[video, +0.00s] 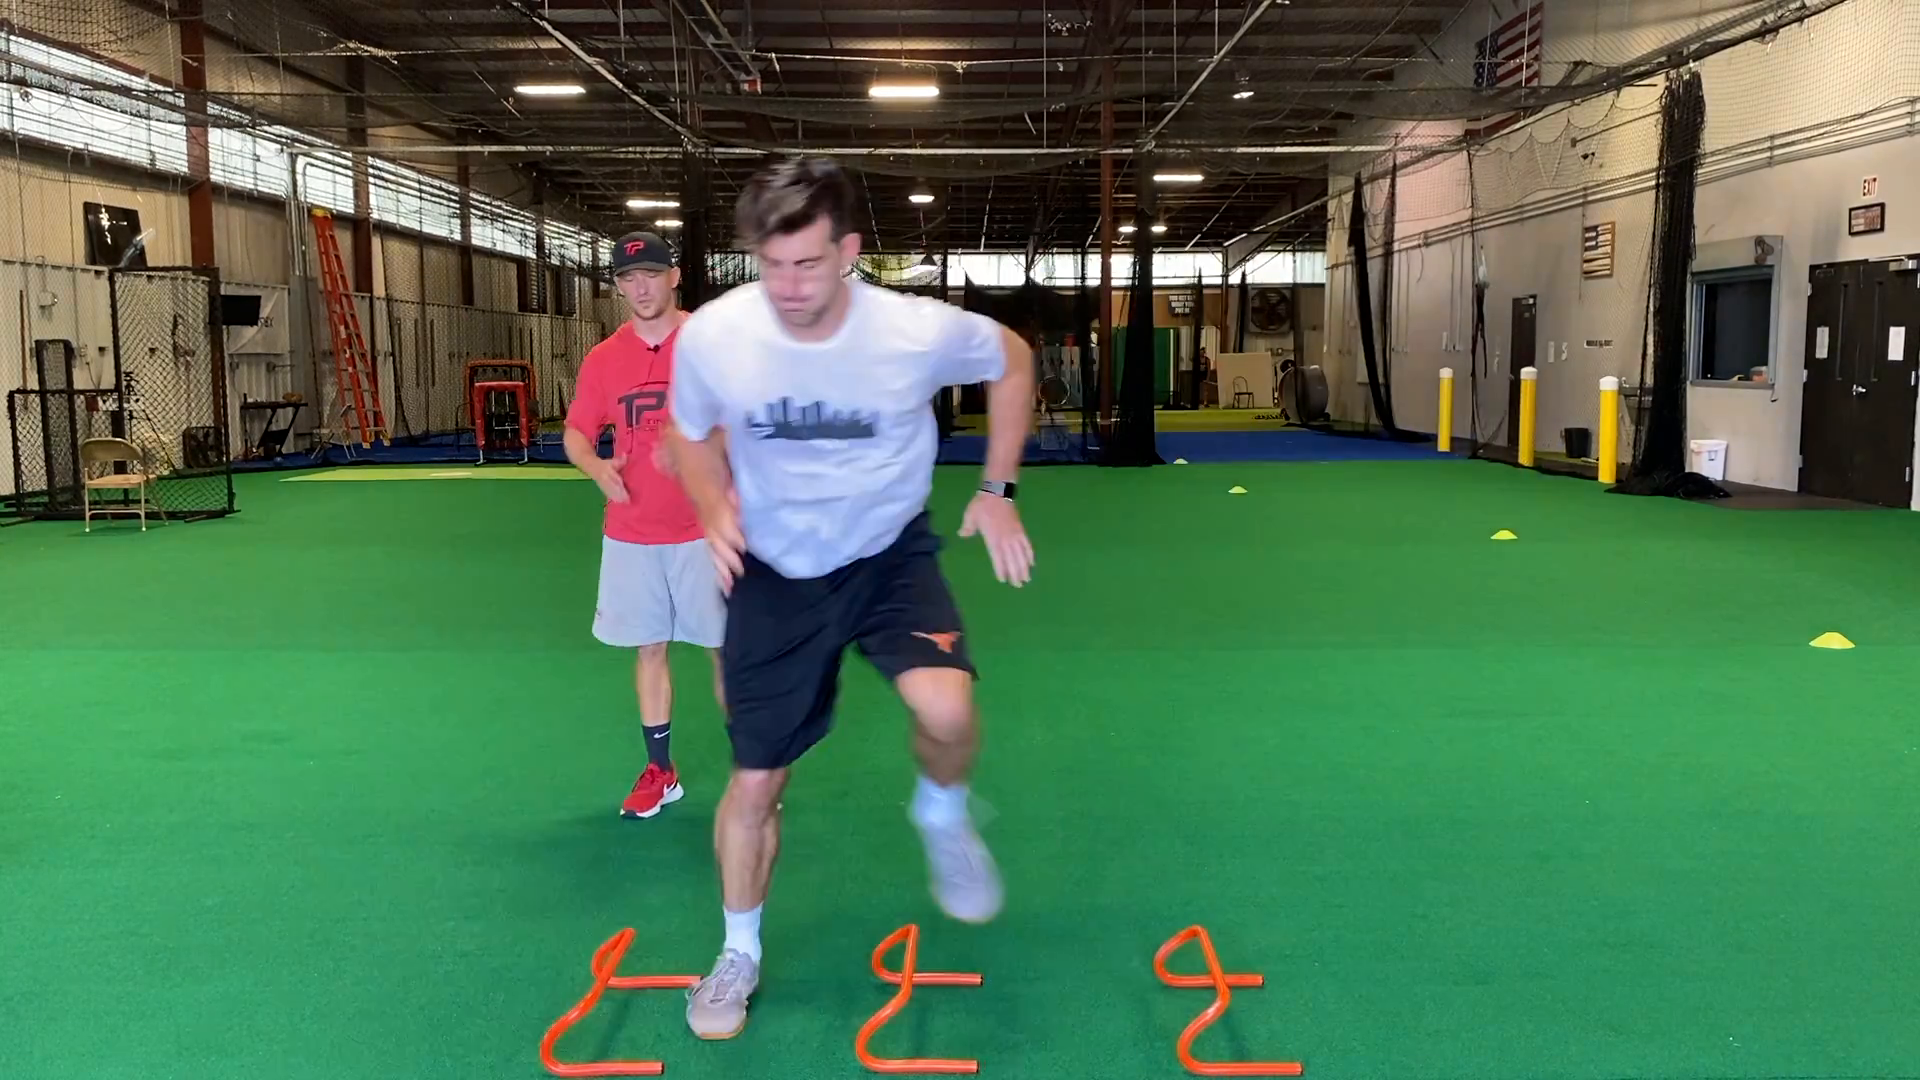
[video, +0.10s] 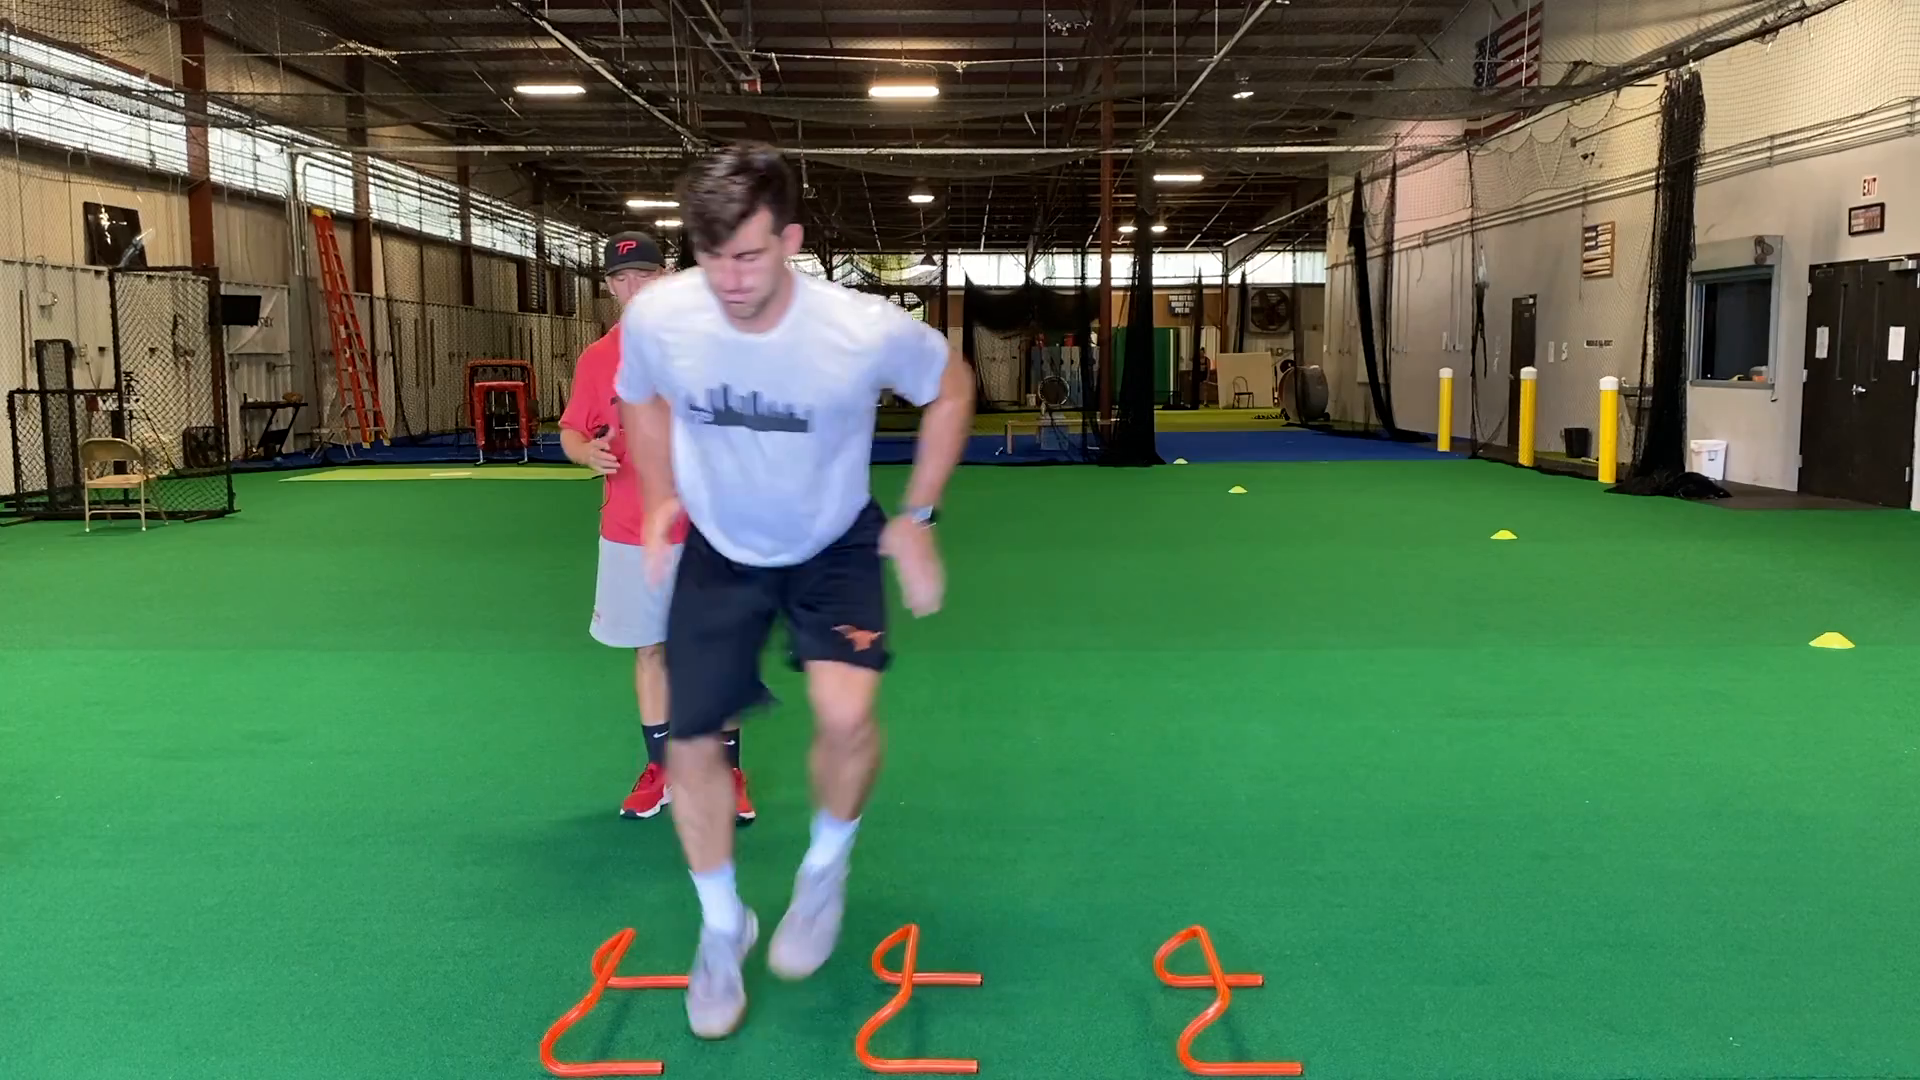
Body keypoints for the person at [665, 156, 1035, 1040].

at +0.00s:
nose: (790, 282)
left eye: (809, 264)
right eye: (775, 264)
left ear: (851, 252)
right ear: (755, 256)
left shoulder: (916, 330)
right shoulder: (711, 338)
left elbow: (1013, 358)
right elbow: (686, 435)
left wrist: (998, 488)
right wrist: (712, 507)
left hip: (893, 555)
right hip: (774, 573)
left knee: (950, 714)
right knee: (755, 781)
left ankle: (944, 818)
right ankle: (737, 953)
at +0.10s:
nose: (734, 274)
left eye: (751, 255)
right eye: (717, 256)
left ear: (792, 242)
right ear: (697, 249)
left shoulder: (862, 328)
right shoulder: (656, 318)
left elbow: (954, 384)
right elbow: (642, 397)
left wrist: (916, 513)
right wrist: (660, 507)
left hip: (833, 546)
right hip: (715, 549)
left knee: (846, 719)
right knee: (690, 741)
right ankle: (720, 922)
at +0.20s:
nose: (675, 286)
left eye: (694, 265)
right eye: (658, 267)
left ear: (735, 251)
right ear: (636, 260)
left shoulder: (807, 341)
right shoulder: (611, 318)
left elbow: (891, 436)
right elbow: (600, 373)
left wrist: (814, 528)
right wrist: (609, 486)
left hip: (768, 560)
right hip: (654, 545)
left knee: (760, 774)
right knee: (592, 694)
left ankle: (766, 939)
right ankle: (664, 831)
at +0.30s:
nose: (608, 288)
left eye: (627, 267)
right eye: (592, 267)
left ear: (672, 251)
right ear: (575, 261)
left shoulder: (748, 344)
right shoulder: (553, 327)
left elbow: (852, 418)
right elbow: (555, 398)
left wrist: (781, 535)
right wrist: (561, 520)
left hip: (721, 580)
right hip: (601, 565)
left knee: (736, 767)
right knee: (529, 715)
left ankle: (761, 937)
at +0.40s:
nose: (545, 304)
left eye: (563, 282)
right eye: (527, 287)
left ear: (609, 265)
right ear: (509, 276)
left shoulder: (682, 343)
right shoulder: (484, 341)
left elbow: (813, 390)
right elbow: (485, 420)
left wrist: (787, 525)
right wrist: (501, 512)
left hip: (687, 565)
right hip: (566, 574)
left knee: (706, 742)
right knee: (527, 757)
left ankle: (753, 873)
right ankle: (471, 952)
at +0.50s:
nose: (484, 341)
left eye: (504, 320)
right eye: (471, 320)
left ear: (553, 307)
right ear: (453, 311)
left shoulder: (630, 391)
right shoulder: (436, 364)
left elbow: (752, 438)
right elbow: (436, 432)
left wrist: (705, 567)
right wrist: (437, 539)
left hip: (638, 590)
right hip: (519, 597)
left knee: (649, 750)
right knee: (487, 784)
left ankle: (696, 762)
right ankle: (472, 969)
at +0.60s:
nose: (440, 367)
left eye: (459, 345)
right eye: (427, 347)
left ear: (508, 328)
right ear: (410, 336)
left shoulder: (590, 419)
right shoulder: (405, 368)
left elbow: (694, 519)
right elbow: (413, 423)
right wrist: (402, 503)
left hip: (606, 605)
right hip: (485, 606)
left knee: (592, 784)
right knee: (473, 784)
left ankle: (646, 693)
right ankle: (471, 966)